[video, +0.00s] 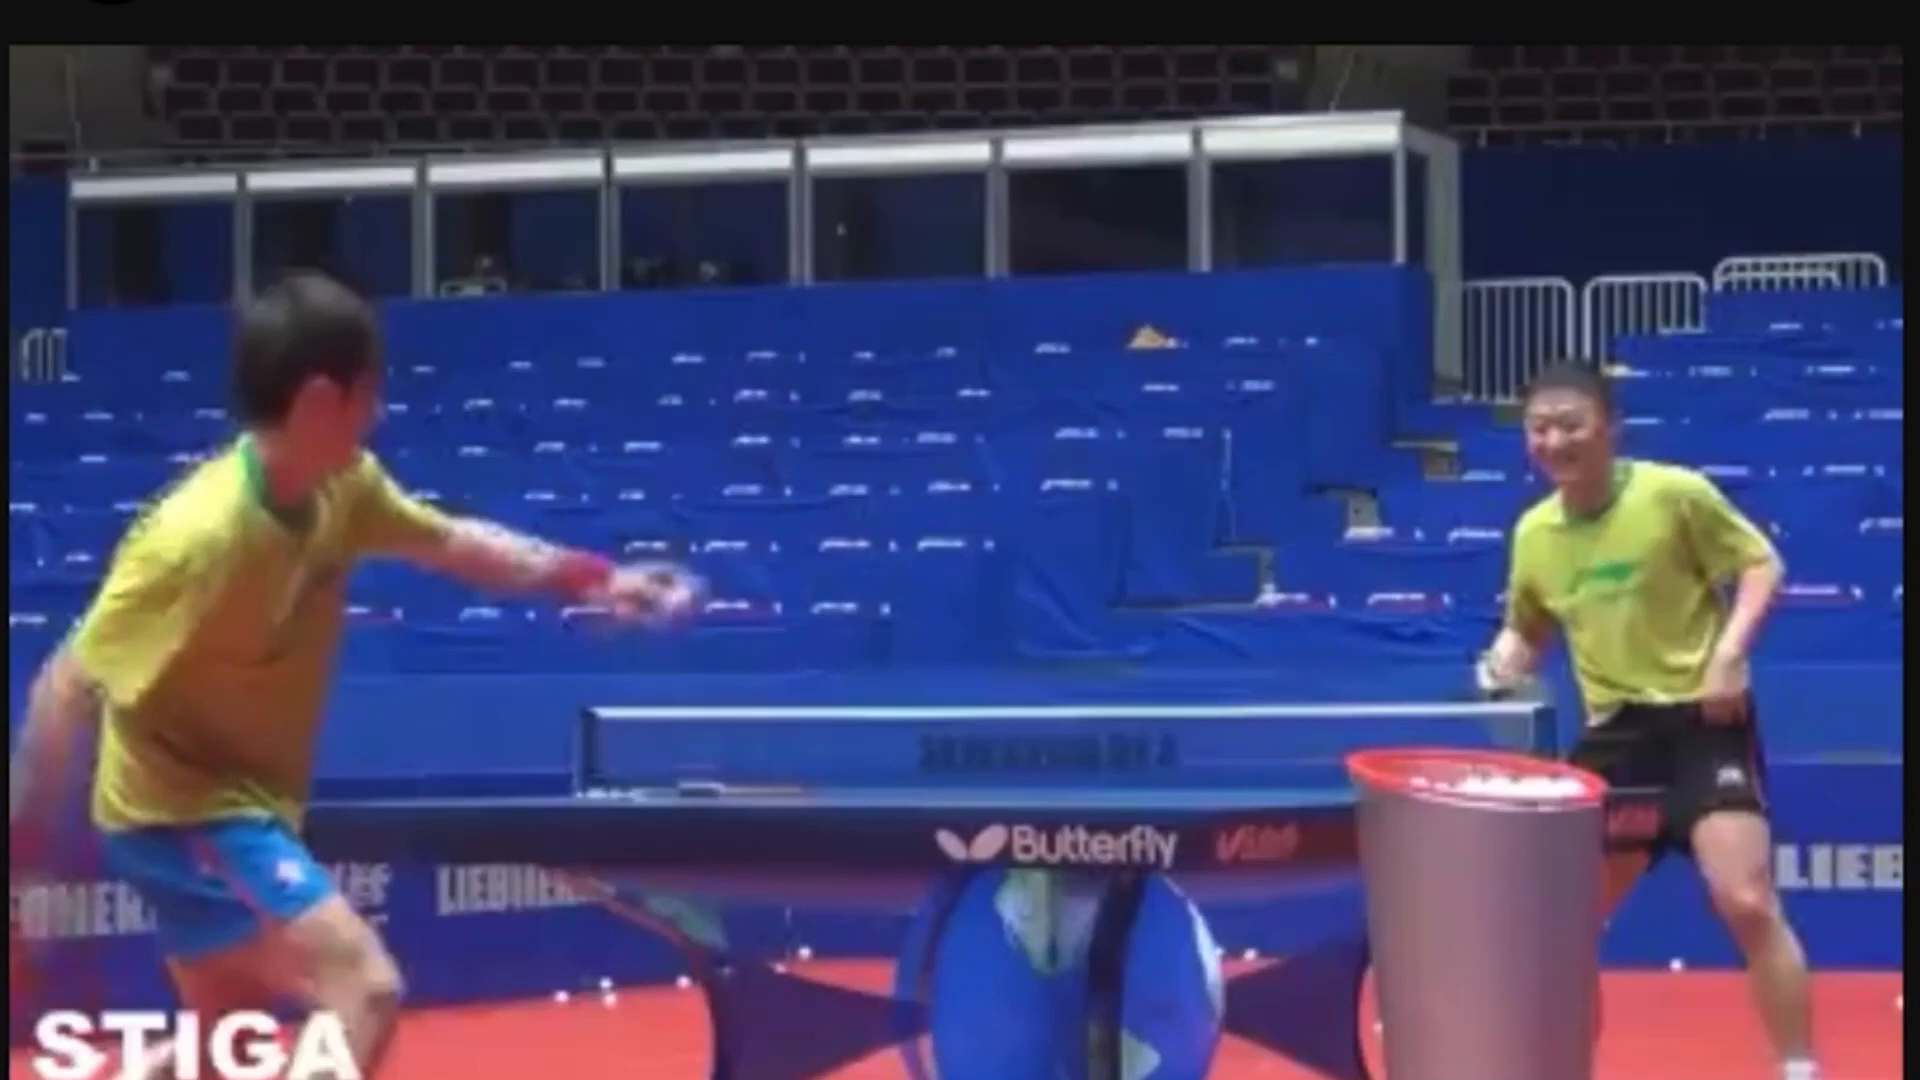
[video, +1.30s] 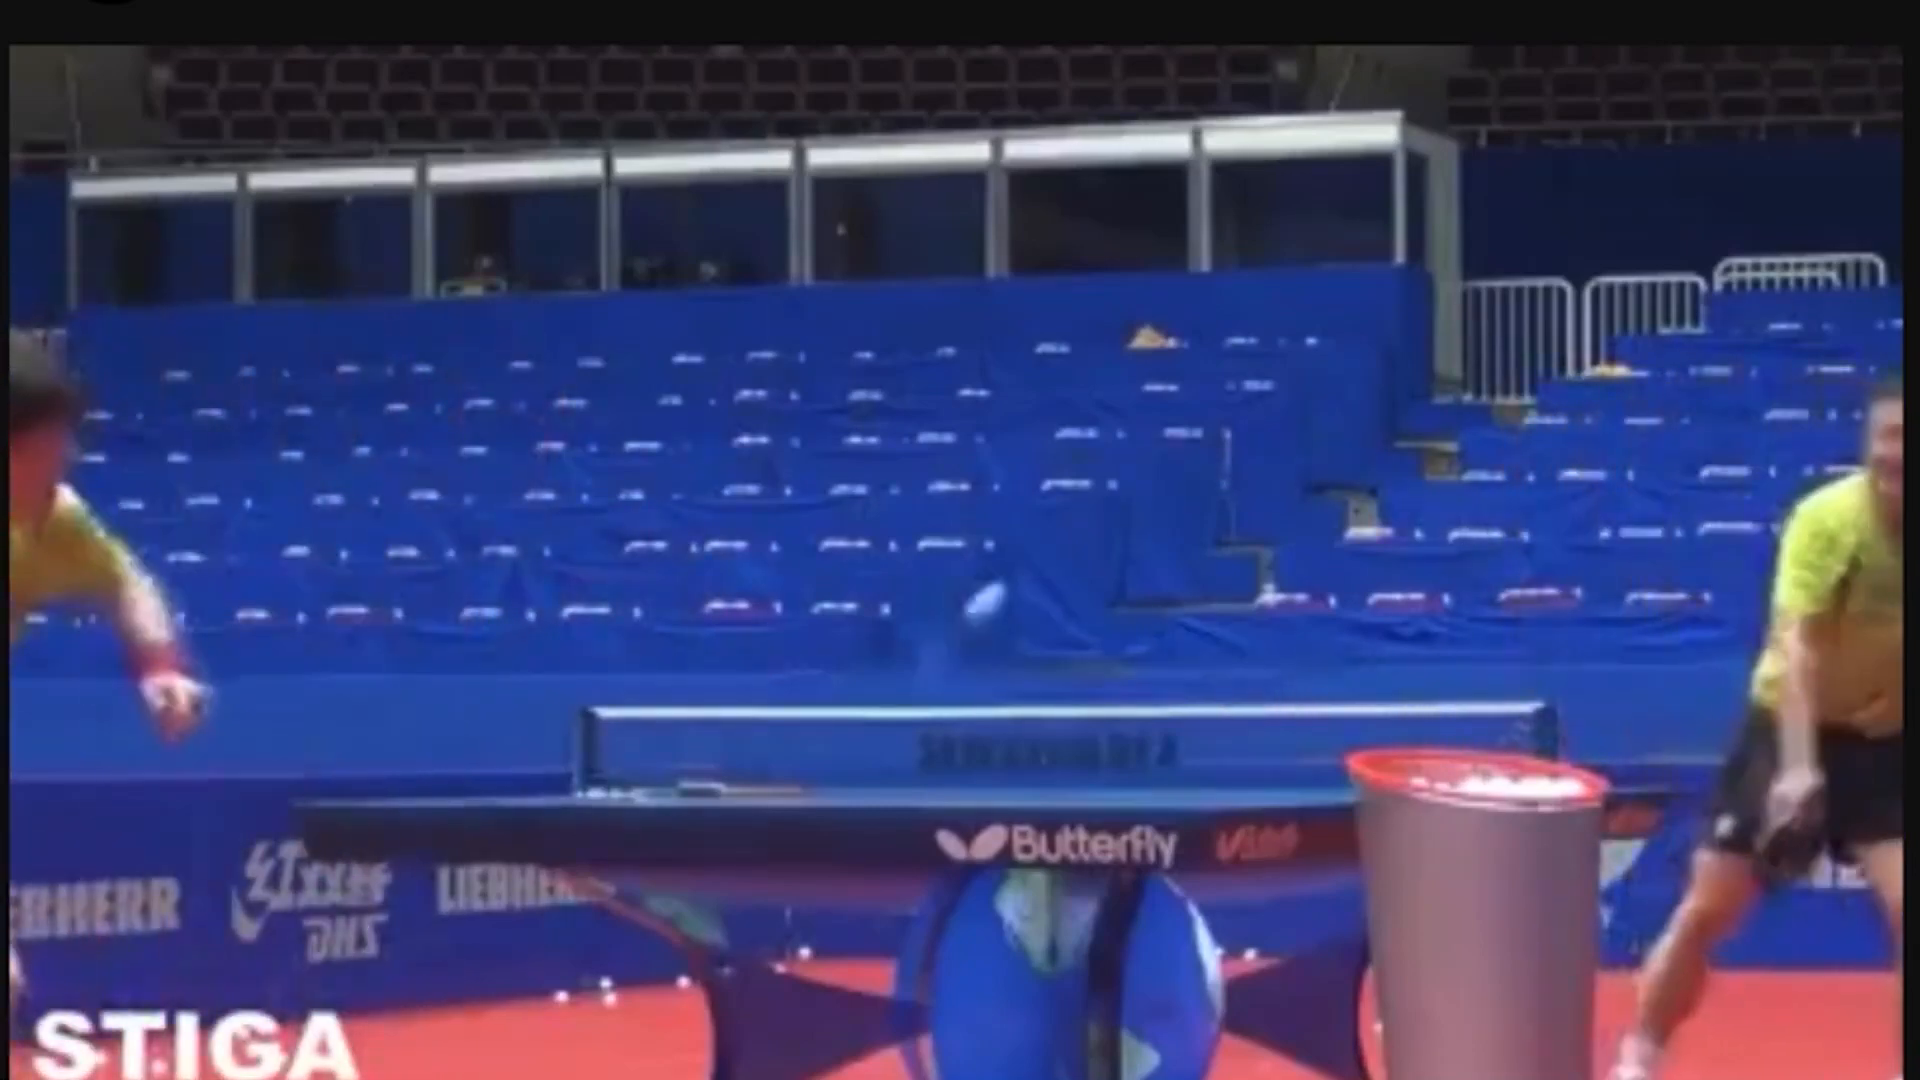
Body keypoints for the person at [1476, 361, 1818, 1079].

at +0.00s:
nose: (1555, 442)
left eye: (1571, 425)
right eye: (1541, 428)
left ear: (1608, 429)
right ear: (1527, 440)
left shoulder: (1674, 496)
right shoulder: (1534, 532)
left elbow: (1762, 566)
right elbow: (1526, 629)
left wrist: (1728, 656)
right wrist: (1506, 659)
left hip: (1703, 722)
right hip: (1614, 734)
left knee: (1745, 903)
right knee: (1557, 912)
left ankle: (1798, 1067)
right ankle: (1542, 1066)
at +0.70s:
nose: (1627, 493)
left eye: (1638, 473)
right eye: (1611, 480)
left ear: (1674, 464)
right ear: (1596, 486)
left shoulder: (1752, 516)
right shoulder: (1604, 554)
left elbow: (1846, 577)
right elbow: (1621, 671)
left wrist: (1784, 644)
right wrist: (1566, 654)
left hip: (1800, 744)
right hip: (1701, 752)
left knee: (1850, 921)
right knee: (1633, 937)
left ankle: (1894, 1067)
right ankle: (1594, 1067)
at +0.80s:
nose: (1660, 477)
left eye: (1672, 457)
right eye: (1643, 464)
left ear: (1704, 452)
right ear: (1626, 473)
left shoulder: (1773, 492)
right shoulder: (1625, 537)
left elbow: (1846, 564)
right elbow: (1650, 637)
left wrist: (1800, 614)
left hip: (1807, 734)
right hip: (1707, 744)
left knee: (1857, 919)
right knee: (1641, 939)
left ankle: (1896, 1067)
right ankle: (1593, 1069)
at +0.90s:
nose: (1693, 460)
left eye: (1705, 442)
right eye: (1677, 446)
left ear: (1737, 435)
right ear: (1661, 451)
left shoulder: (1790, 481)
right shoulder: (1657, 516)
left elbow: (1826, 559)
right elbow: (1717, 571)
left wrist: (1811, 597)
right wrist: (1780, 592)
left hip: (1801, 733)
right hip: (1704, 743)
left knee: (1855, 923)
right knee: (1641, 934)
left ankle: (1893, 1067)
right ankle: (1592, 1066)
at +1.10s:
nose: (1801, 456)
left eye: (1815, 440)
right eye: (1787, 440)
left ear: (1841, 444)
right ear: (1766, 447)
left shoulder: (1865, 507)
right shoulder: (1745, 510)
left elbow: (1871, 604)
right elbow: (1801, 587)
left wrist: (1876, 645)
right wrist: (1878, 636)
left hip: (1826, 747)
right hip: (1728, 748)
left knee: (1887, 920)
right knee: (1649, 937)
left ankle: (1901, 1066)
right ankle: (1590, 1066)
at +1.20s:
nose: (1863, 462)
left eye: (1878, 447)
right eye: (1851, 446)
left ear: (1900, 456)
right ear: (1832, 453)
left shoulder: (1898, 528)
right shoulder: (1798, 522)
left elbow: (1892, 650)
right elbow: (1819, 641)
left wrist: (1887, 726)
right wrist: (1864, 739)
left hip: (1860, 745)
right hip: (1767, 745)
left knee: (1899, 914)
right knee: (1678, 924)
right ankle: (1606, 1057)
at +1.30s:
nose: (1893, 461)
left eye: (1904, 447)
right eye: (1885, 446)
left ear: (1913, 454)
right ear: (1866, 450)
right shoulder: (1829, 519)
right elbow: (1794, 641)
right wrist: (1798, 766)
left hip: (1878, 741)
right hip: (1786, 726)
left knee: (1903, 899)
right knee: (1707, 908)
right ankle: (1642, 1052)